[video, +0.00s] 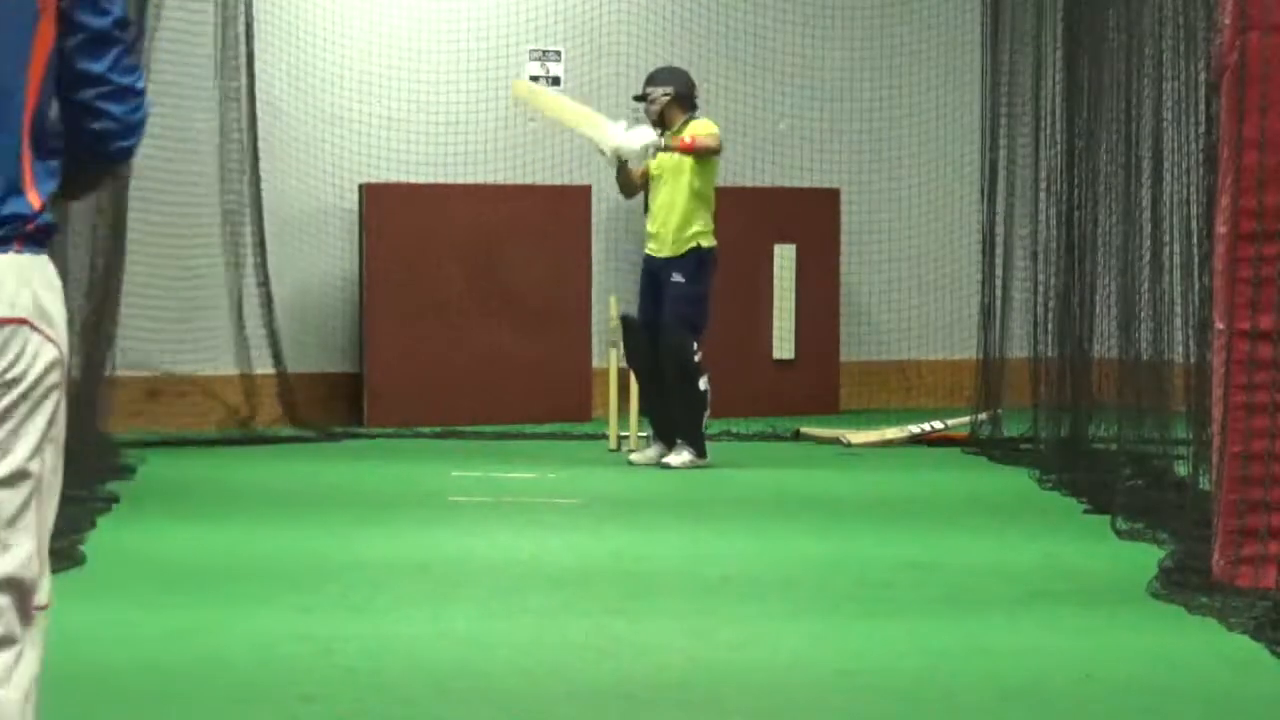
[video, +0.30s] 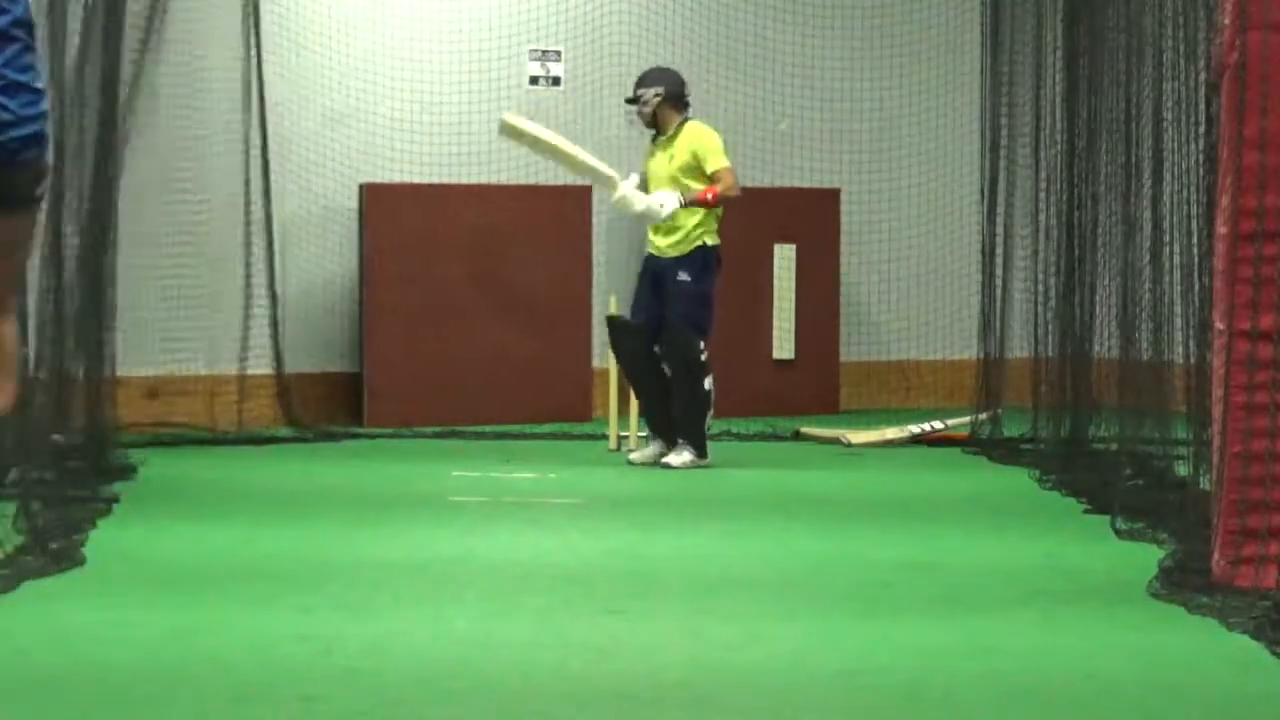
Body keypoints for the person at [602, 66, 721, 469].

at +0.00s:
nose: (645, 107)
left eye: (650, 99)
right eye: (644, 100)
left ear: (671, 97)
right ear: (660, 101)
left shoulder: (699, 128)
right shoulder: (656, 145)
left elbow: (712, 146)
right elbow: (630, 188)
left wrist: (664, 144)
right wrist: (620, 157)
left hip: (690, 253)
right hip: (656, 254)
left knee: (676, 343)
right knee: (649, 343)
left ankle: (692, 445)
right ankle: (664, 439)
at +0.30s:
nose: (638, 111)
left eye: (643, 103)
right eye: (638, 103)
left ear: (662, 99)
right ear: (657, 101)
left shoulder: (700, 136)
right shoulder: (656, 148)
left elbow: (729, 187)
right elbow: (656, 192)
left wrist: (683, 199)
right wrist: (635, 194)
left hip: (693, 256)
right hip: (658, 256)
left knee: (683, 346)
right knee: (638, 342)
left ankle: (692, 444)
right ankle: (663, 436)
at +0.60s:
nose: (613, 169)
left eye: (621, 160)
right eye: (605, 162)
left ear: (635, 159)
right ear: (595, 164)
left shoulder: (648, 195)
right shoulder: (605, 184)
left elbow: (659, 264)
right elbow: (613, 220)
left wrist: (623, 270)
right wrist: (606, 235)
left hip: (701, 254)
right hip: (672, 257)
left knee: (656, 330)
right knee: (639, 335)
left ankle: (669, 442)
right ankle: (663, 437)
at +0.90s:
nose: (617, 130)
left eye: (624, 123)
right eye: (609, 125)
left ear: (636, 121)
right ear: (598, 128)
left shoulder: (654, 136)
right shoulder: (595, 160)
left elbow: (646, 162)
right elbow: (589, 217)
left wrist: (606, 169)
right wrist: (579, 186)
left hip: (674, 255)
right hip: (625, 262)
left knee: (662, 332)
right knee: (606, 349)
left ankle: (668, 441)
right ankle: (633, 428)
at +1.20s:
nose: (593, 108)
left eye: (590, 101)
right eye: (586, 102)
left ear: (567, 109)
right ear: (568, 109)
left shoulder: (593, 145)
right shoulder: (559, 144)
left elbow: (637, 148)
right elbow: (618, 114)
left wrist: (660, 109)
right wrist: (657, 79)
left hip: (641, 236)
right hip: (604, 250)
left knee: (685, 294)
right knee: (607, 344)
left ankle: (714, 399)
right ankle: (589, 434)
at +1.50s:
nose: (580, 112)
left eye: (578, 106)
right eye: (575, 106)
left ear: (545, 114)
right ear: (560, 111)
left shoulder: (545, 154)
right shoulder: (567, 144)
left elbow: (593, 166)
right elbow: (616, 129)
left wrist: (593, 127)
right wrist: (578, 118)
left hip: (624, 244)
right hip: (596, 258)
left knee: (697, 286)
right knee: (608, 348)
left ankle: (772, 343)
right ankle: (586, 439)